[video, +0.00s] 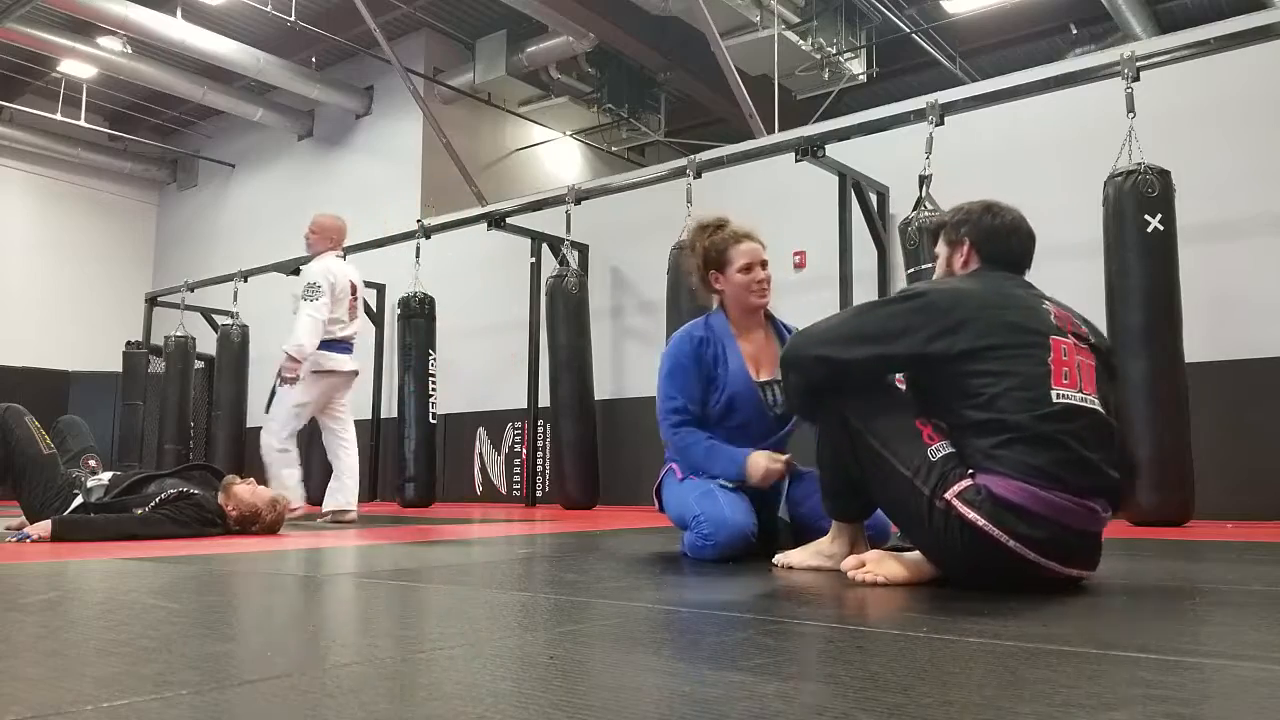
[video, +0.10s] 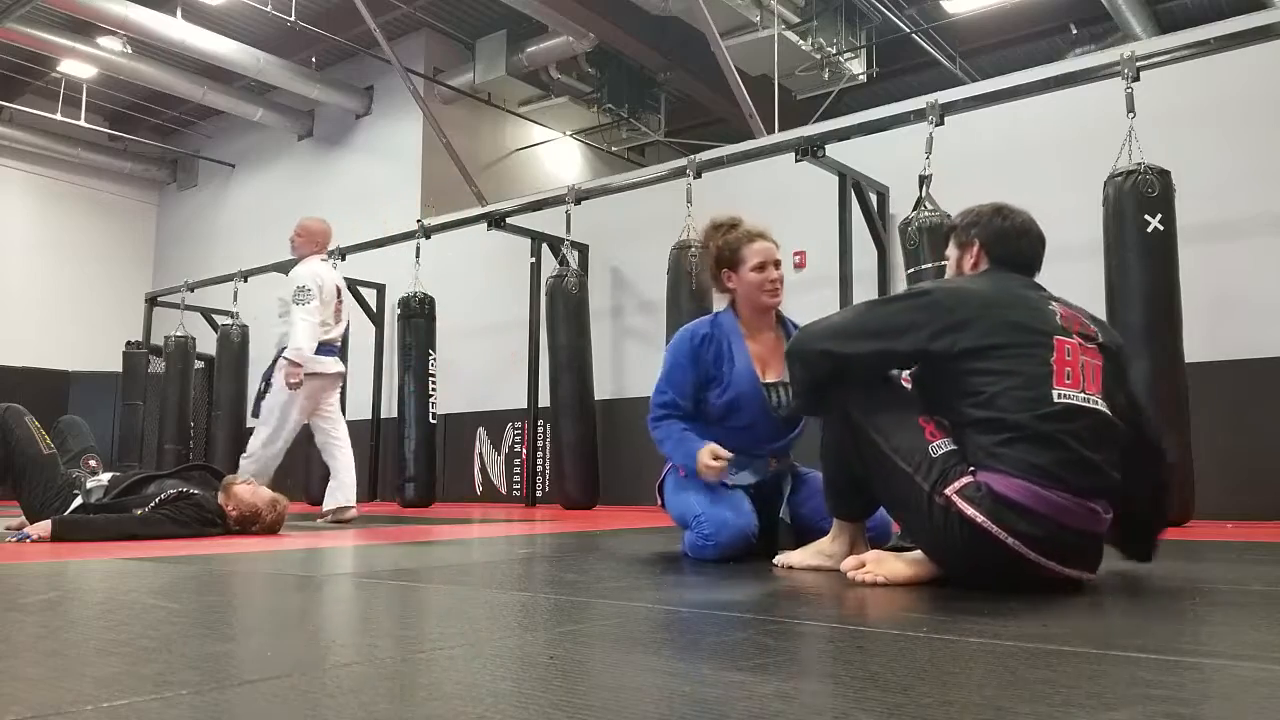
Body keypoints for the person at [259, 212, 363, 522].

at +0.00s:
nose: (306, 236)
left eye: (312, 232)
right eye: (308, 231)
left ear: (330, 240)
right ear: (335, 242)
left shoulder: (319, 270)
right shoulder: (350, 272)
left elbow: (312, 316)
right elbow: (352, 321)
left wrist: (293, 356)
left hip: (319, 363)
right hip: (344, 364)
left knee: (276, 429)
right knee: (340, 435)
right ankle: (343, 506)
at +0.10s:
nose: (291, 238)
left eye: (298, 235)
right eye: (294, 233)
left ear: (315, 243)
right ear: (319, 244)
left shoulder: (305, 273)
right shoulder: (332, 274)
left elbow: (306, 319)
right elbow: (342, 321)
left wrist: (294, 359)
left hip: (304, 365)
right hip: (330, 367)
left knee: (271, 431)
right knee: (333, 435)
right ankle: (343, 503)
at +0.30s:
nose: (257, 239)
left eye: (263, 236)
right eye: (259, 234)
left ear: (281, 244)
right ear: (285, 245)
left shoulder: (270, 276)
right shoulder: (298, 277)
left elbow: (270, 323)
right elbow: (300, 329)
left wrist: (259, 365)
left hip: (261, 362)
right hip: (291, 365)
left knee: (238, 432)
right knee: (289, 433)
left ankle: (225, 502)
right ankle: (326, 488)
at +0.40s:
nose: (242, 239)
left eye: (248, 235)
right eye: (243, 234)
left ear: (265, 243)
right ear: (270, 244)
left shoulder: (255, 275)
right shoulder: (282, 274)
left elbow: (245, 321)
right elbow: (280, 326)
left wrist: (221, 354)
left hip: (249, 362)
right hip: (276, 364)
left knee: (234, 432)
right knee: (262, 434)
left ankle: (230, 501)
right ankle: (297, 481)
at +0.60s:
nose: (217, 242)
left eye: (224, 238)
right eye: (219, 237)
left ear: (242, 244)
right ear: (245, 247)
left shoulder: (231, 272)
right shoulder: (262, 278)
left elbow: (199, 294)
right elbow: (264, 329)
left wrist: (148, 294)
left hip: (226, 361)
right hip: (251, 363)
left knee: (222, 435)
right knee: (229, 433)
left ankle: (230, 505)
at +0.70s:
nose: (205, 246)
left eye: (211, 243)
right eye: (206, 241)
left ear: (230, 249)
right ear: (232, 251)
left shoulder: (219, 276)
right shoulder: (248, 282)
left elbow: (184, 294)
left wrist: (133, 274)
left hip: (214, 364)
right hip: (239, 367)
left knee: (215, 436)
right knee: (213, 437)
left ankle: (228, 499)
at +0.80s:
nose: (194, 250)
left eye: (201, 246)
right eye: (196, 245)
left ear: (219, 253)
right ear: (221, 254)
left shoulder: (209, 279)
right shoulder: (237, 285)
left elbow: (175, 296)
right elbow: (243, 333)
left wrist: (129, 276)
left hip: (202, 368)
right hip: (226, 371)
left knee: (205, 440)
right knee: (193, 441)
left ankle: (229, 499)